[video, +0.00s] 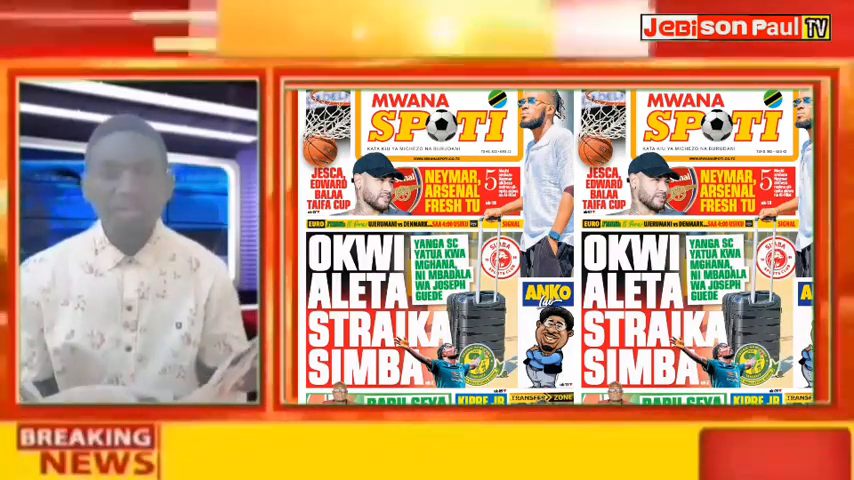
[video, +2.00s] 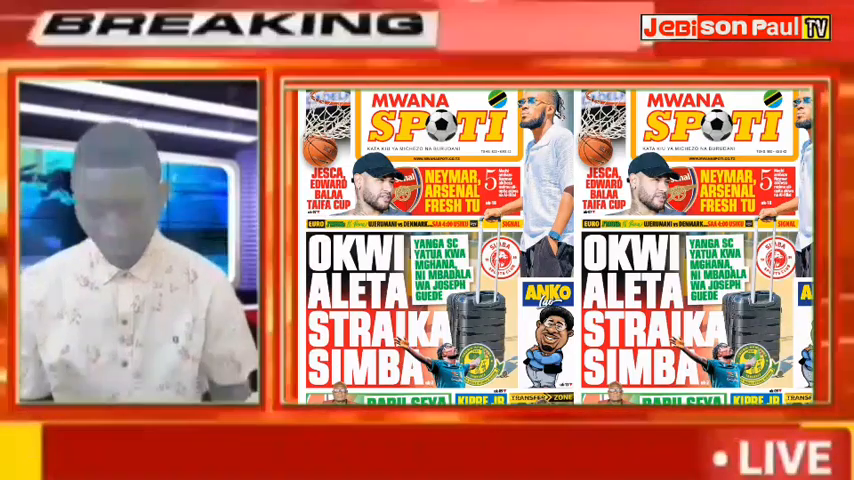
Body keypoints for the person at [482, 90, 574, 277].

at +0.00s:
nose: (523, 107)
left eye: (531, 101)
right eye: (522, 103)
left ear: (549, 110)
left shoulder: (563, 138)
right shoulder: (531, 147)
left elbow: (571, 192)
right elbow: (532, 196)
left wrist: (553, 238)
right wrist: (502, 211)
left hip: (552, 242)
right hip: (530, 243)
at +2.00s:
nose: (523, 107)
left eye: (531, 101)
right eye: (522, 103)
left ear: (549, 110)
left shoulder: (563, 139)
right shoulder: (531, 147)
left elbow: (571, 192)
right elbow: (532, 196)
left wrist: (554, 238)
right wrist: (502, 211)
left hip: (551, 241)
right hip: (530, 242)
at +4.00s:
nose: (523, 107)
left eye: (531, 101)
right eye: (522, 103)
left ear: (550, 110)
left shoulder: (563, 139)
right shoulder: (531, 146)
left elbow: (571, 192)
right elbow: (532, 196)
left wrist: (554, 238)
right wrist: (502, 211)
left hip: (551, 241)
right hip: (530, 242)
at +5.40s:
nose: (523, 107)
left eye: (531, 102)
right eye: (522, 103)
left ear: (549, 110)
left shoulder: (563, 139)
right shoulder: (531, 147)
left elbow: (571, 192)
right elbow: (532, 196)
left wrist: (554, 238)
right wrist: (502, 211)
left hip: (551, 241)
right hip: (529, 242)